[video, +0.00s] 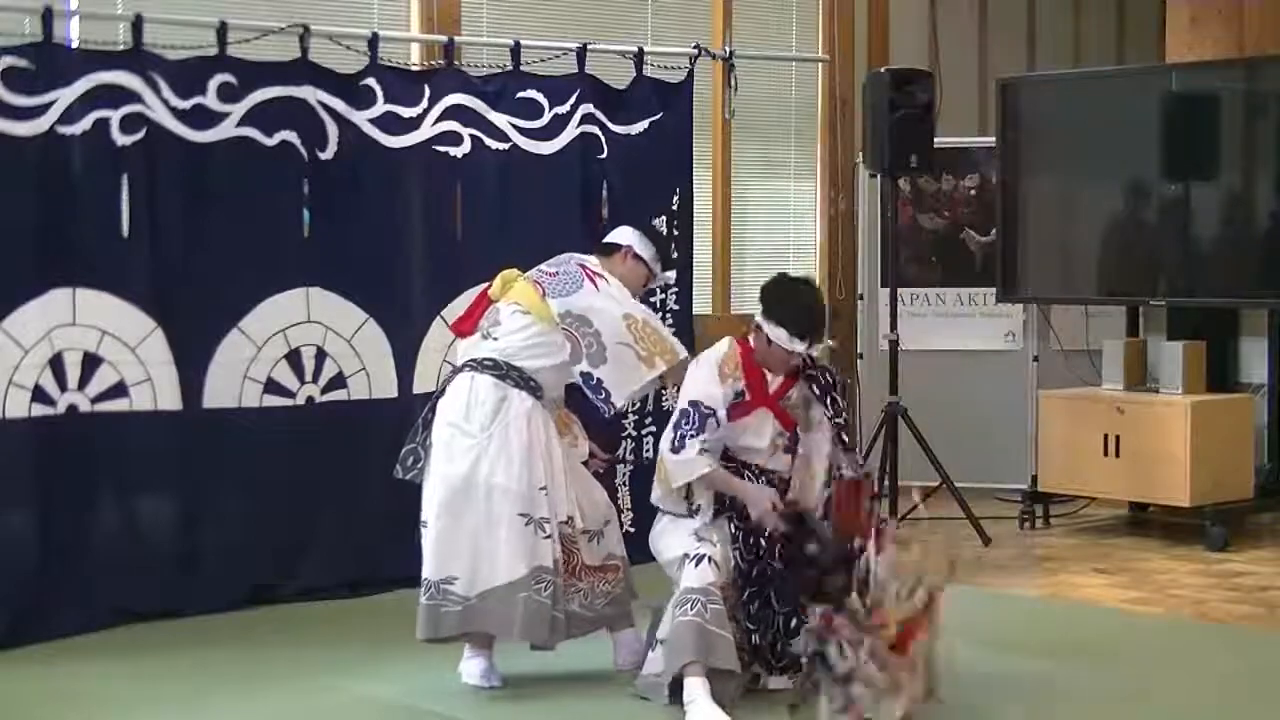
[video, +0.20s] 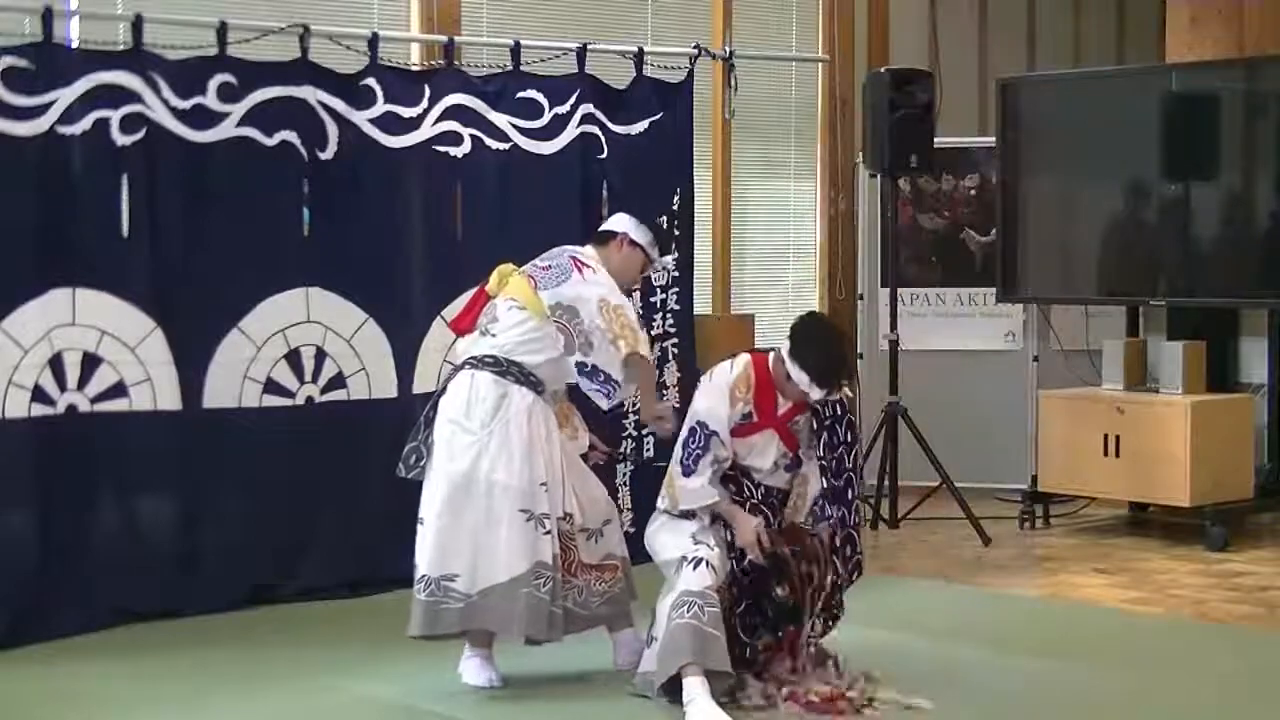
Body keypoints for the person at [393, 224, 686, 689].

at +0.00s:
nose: (644, 290)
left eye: (649, 282)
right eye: (646, 276)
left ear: (619, 255)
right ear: (627, 255)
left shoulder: (559, 274)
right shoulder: (594, 280)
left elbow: (543, 384)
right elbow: (656, 349)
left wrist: (581, 443)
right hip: (492, 403)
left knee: (593, 512)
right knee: (487, 526)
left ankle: (627, 643)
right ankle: (478, 653)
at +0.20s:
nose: (640, 280)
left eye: (646, 271)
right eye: (643, 266)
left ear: (613, 243)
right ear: (622, 245)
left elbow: (542, 370)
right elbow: (634, 353)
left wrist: (577, 432)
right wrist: (654, 408)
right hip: (498, 399)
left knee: (594, 510)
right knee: (488, 522)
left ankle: (627, 642)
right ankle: (478, 652)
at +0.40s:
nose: (644, 267)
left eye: (651, 257)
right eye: (648, 251)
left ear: (622, 227)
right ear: (624, 227)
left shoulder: (567, 257)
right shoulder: (583, 262)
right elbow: (565, 341)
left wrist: (585, 419)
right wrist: (579, 408)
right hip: (504, 394)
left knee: (604, 505)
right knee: (501, 518)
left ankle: (629, 645)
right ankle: (478, 651)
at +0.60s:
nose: (661, 254)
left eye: (667, 244)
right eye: (661, 238)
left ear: (629, 221)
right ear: (630, 217)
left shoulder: (592, 263)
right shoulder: (580, 258)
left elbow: (564, 354)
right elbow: (590, 346)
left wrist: (591, 415)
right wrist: (668, 345)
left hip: (544, 400)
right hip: (503, 394)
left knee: (613, 504)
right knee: (498, 517)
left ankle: (631, 643)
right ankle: (478, 650)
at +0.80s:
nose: (670, 249)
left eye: (677, 239)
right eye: (669, 233)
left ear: (641, 220)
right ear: (638, 215)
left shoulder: (608, 262)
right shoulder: (594, 257)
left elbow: (579, 353)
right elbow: (607, 350)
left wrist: (596, 409)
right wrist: (705, 359)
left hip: (555, 400)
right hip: (510, 390)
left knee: (618, 510)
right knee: (504, 515)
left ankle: (630, 644)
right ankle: (479, 649)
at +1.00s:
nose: (676, 251)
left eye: (682, 242)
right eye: (675, 236)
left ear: (645, 222)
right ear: (644, 219)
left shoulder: (611, 264)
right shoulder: (595, 261)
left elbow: (585, 354)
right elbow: (604, 353)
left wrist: (595, 406)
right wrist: (696, 345)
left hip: (555, 402)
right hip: (513, 394)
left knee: (620, 507)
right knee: (502, 516)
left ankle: (633, 643)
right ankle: (479, 651)